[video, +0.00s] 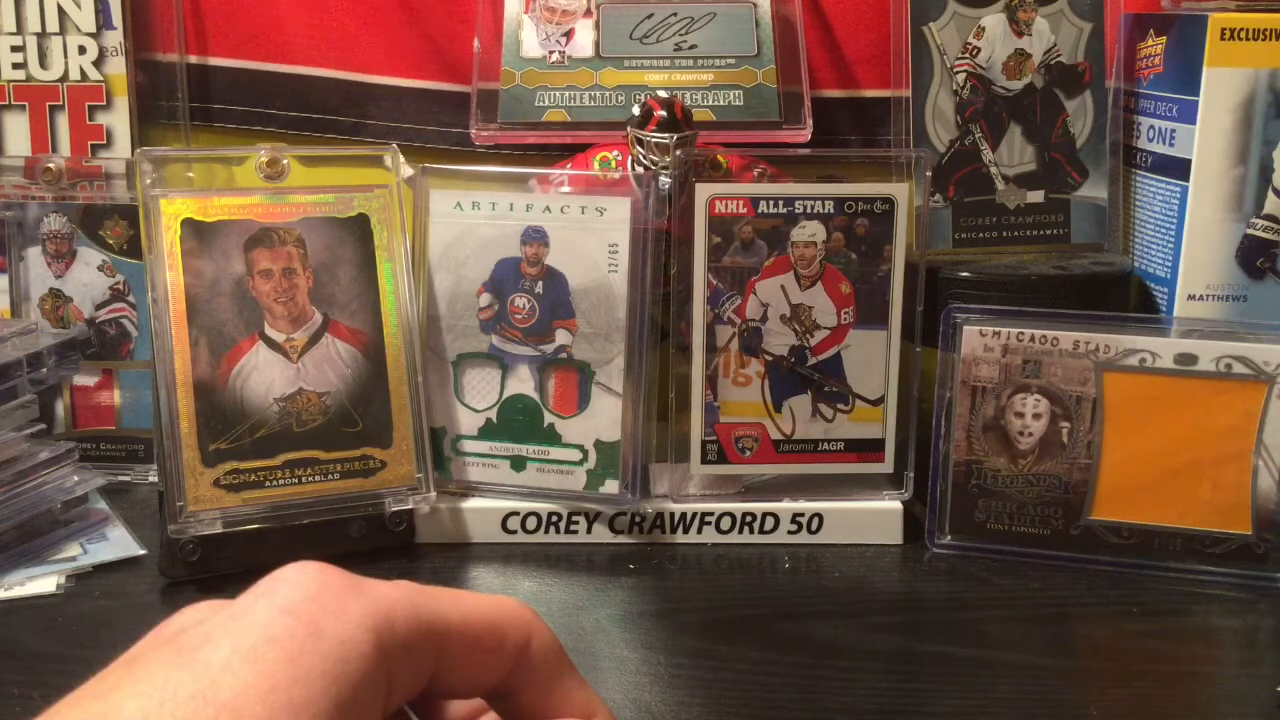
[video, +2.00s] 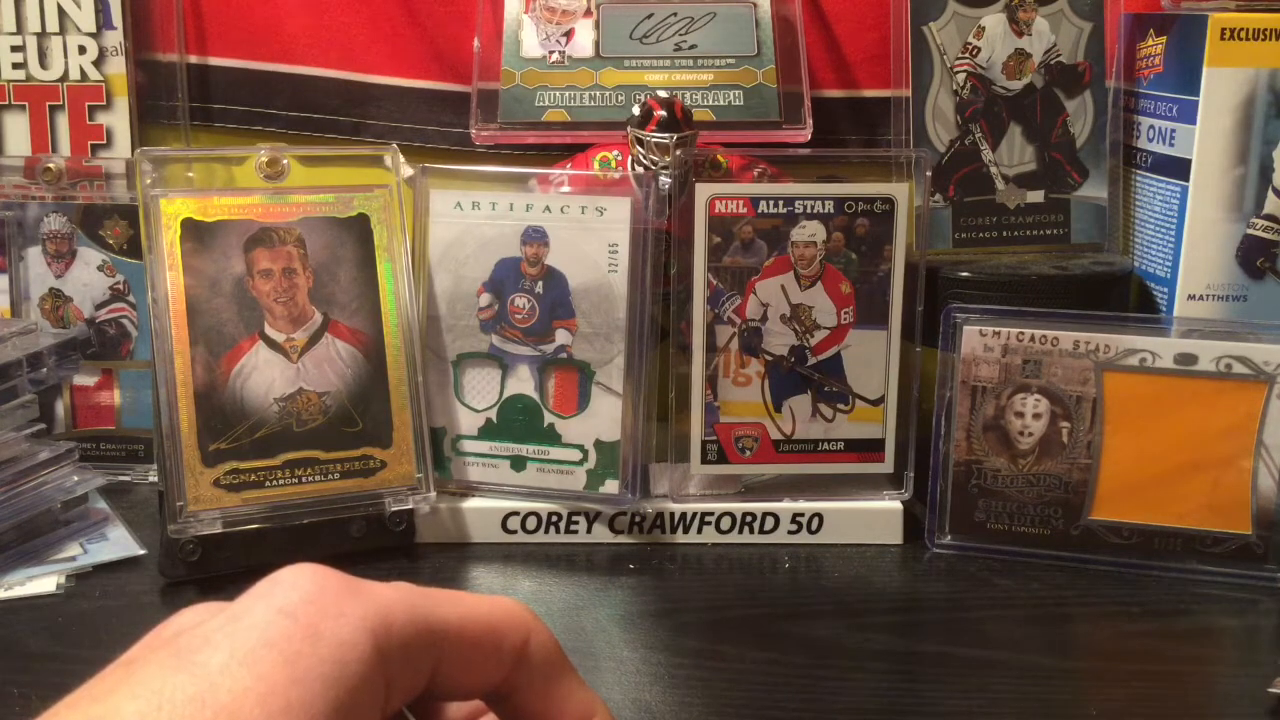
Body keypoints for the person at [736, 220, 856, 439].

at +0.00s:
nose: (801, 253)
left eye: (807, 247)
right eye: (796, 247)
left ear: (821, 249)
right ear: (790, 249)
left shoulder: (838, 285)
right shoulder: (773, 272)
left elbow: (843, 330)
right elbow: (754, 294)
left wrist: (810, 353)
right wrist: (750, 326)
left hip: (823, 353)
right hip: (780, 353)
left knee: (833, 413)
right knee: (799, 410)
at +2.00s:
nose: (801, 253)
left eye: (807, 247)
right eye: (796, 247)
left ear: (821, 249)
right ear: (790, 248)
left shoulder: (838, 285)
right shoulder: (773, 271)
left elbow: (843, 329)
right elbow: (754, 293)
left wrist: (810, 352)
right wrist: (750, 326)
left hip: (823, 353)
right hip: (780, 353)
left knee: (832, 412)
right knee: (799, 410)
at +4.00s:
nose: (801, 253)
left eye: (808, 247)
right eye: (796, 247)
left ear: (821, 249)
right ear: (790, 249)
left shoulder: (838, 285)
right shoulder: (774, 271)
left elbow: (842, 330)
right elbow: (754, 292)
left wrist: (810, 352)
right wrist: (751, 326)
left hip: (823, 354)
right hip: (780, 354)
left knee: (833, 413)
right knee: (797, 412)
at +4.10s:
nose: (801, 253)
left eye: (808, 247)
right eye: (797, 247)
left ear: (821, 249)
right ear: (790, 249)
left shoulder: (838, 285)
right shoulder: (774, 271)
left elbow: (842, 331)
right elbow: (754, 292)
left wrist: (809, 352)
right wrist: (751, 326)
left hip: (823, 354)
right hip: (780, 354)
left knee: (833, 414)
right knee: (797, 412)